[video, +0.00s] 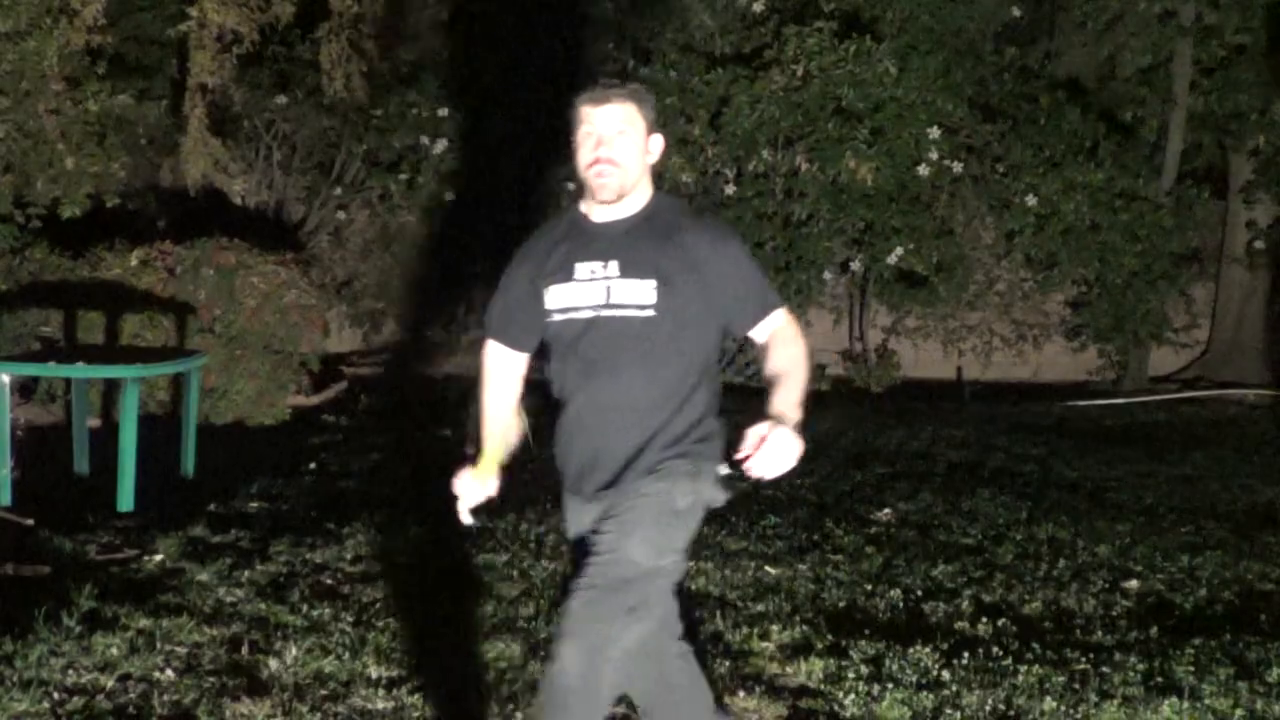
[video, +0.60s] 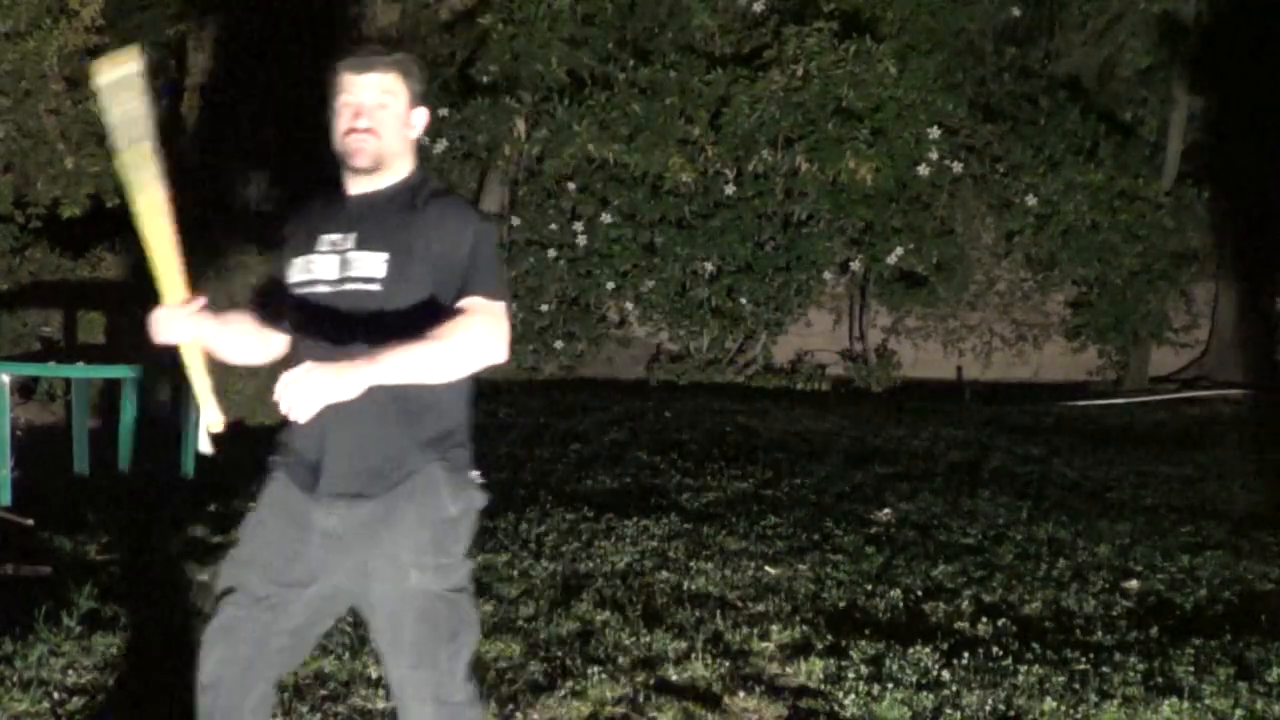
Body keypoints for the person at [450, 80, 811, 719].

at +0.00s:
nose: (600, 151)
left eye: (618, 137)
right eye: (588, 138)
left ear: (654, 148)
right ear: (573, 152)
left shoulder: (702, 246)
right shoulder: (542, 256)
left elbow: (783, 337)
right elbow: (503, 364)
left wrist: (784, 418)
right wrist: (491, 460)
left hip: (673, 477)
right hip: (586, 490)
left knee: (588, 640)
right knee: (657, 669)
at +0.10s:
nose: (564, 146)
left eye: (583, 133)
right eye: (552, 133)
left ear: (621, 147)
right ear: (536, 147)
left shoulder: (655, 253)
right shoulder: (512, 245)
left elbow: (739, 353)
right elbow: (471, 354)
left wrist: (717, 459)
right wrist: (441, 432)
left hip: (614, 490)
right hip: (540, 493)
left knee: (529, 672)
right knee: (612, 666)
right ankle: (679, 718)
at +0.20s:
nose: (524, 131)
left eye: (544, 118)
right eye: (514, 118)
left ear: (585, 136)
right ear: (500, 133)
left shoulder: (617, 245)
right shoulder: (484, 230)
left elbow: (674, 366)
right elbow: (442, 338)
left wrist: (620, 488)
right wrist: (405, 399)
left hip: (564, 484)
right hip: (484, 483)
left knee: (488, 671)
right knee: (517, 660)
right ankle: (621, 714)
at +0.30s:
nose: (486, 120)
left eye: (506, 107)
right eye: (476, 107)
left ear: (548, 122)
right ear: (463, 120)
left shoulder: (584, 230)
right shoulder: (450, 223)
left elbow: (610, 355)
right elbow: (415, 332)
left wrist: (510, 456)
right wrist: (369, 359)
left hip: (529, 478)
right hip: (439, 467)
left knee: (481, 675)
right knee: (398, 623)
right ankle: (475, 709)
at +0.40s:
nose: (442, 111)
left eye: (463, 98)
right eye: (433, 99)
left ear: (509, 113)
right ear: (420, 116)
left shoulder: (543, 216)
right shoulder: (404, 221)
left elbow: (558, 339)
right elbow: (373, 330)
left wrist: (427, 403)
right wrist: (320, 326)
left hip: (495, 466)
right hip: (395, 461)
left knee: (469, 677)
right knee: (337, 616)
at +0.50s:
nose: (398, 112)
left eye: (420, 99)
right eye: (388, 100)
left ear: (464, 114)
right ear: (375, 115)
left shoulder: (501, 218)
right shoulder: (359, 226)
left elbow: (516, 333)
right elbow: (336, 341)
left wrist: (373, 373)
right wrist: (269, 320)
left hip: (459, 480)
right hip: (353, 481)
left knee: (455, 688)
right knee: (278, 657)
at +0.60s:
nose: (357, 118)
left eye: (377, 105)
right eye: (345, 106)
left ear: (417, 121)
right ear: (329, 122)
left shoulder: (455, 225)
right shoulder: (310, 227)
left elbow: (487, 337)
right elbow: (273, 337)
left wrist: (353, 374)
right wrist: (200, 326)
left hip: (414, 491)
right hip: (302, 492)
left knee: (432, 695)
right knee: (229, 673)